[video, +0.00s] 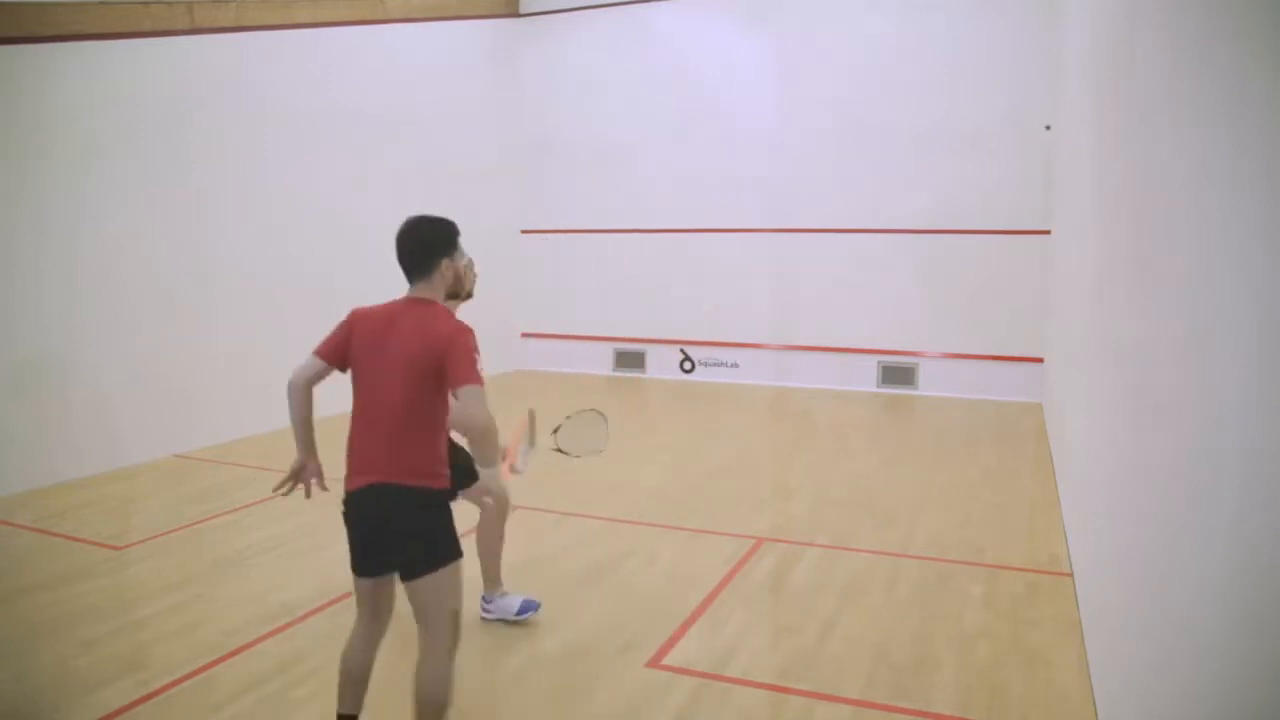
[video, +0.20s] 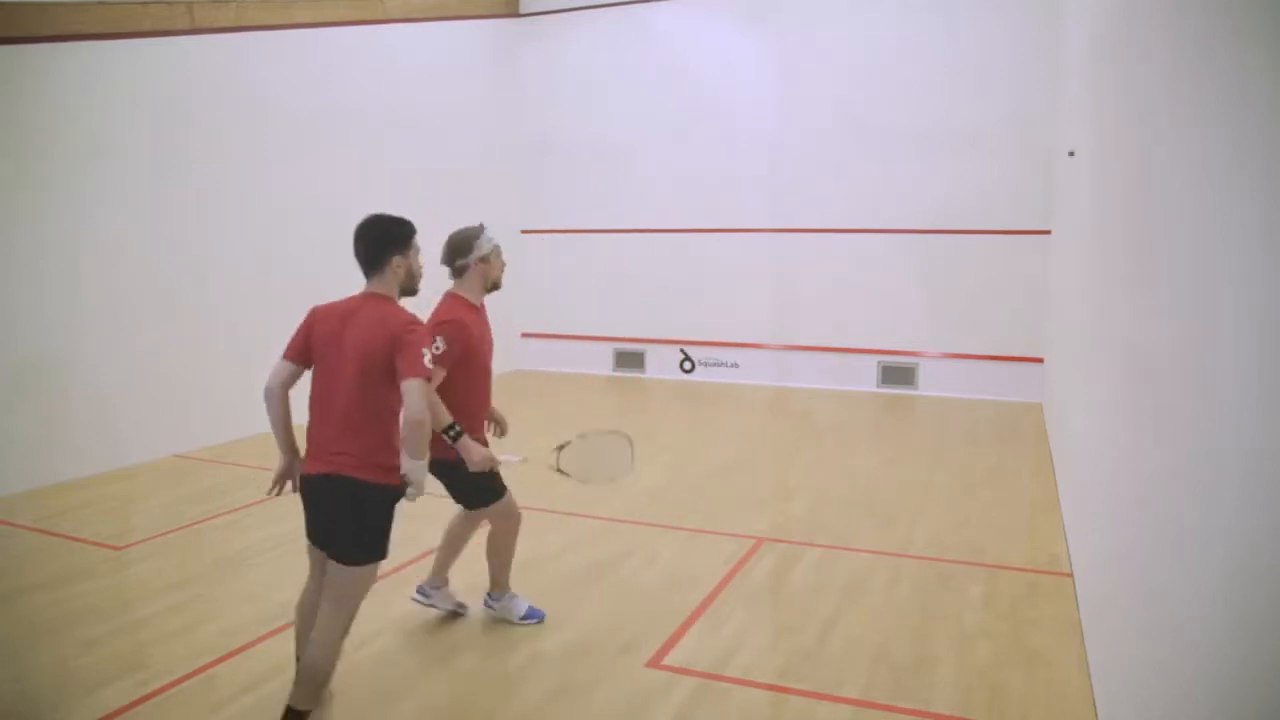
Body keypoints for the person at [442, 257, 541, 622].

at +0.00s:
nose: (473, 270)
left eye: (471, 262)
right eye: (467, 264)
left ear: (446, 281)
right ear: (452, 274)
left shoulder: (415, 321)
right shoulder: (450, 330)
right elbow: (453, 410)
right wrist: (497, 450)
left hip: (397, 443)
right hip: (428, 443)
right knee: (495, 500)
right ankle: (493, 594)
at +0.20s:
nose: (502, 265)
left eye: (500, 257)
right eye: (497, 257)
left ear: (470, 265)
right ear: (478, 264)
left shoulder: (473, 308)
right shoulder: (452, 320)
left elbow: (461, 374)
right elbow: (422, 388)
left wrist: (487, 409)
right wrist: (462, 441)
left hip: (464, 440)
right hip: (451, 449)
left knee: (474, 509)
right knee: (508, 517)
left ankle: (434, 584)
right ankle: (499, 595)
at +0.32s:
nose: (516, 267)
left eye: (513, 258)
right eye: (508, 259)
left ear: (484, 266)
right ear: (483, 267)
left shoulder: (494, 313)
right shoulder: (445, 332)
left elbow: (484, 376)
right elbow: (420, 410)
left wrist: (518, 415)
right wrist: (455, 470)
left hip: (489, 444)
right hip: (455, 457)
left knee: (507, 528)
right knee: (524, 530)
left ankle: (454, 610)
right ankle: (507, 614)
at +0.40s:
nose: (524, 278)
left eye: (522, 269)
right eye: (516, 270)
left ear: (492, 277)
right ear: (486, 276)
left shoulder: (506, 325)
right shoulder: (446, 345)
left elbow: (502, 388)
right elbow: (419, 428)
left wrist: (539, 436)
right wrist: (452, 493)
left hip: (498, 464)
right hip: (467, 477)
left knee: (500, 545)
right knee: (532, 557)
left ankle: (450, 617)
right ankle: (528, 669)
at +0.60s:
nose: (543, 274)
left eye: (544, 264)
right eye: (535, 264)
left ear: (516, 264)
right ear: (497, 262)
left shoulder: (524, 320)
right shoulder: (445, 335)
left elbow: (520, 394)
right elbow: (411, 428)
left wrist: (564, 443)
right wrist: (423, 504)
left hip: (517, 477)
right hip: (469, 493)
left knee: (532, 580)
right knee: (540, 589)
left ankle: (464, 664)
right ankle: (527, 699)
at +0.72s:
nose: (547, 287)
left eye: (549, 274)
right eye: (537, 274)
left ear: (513, 273)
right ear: (495, 272)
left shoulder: (532, 329)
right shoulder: (441, 354)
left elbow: (526, 385)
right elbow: (389, 457)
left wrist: (570, 429)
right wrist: (382, 532)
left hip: (524, 505)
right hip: (466, 517)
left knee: (541, 629)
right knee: (531, 635)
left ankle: (479, 713)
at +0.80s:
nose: (547, 315)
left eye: (549, 302)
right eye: (537, 302)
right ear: (493, 299)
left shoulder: (535, 352)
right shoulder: (438, 388)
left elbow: (531, 395)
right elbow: (382, 481)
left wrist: (564, 419)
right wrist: (349, 561)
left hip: (532, 542)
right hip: (468, 558)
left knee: (541, 667)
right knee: (516, 702)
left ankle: (476, 713)